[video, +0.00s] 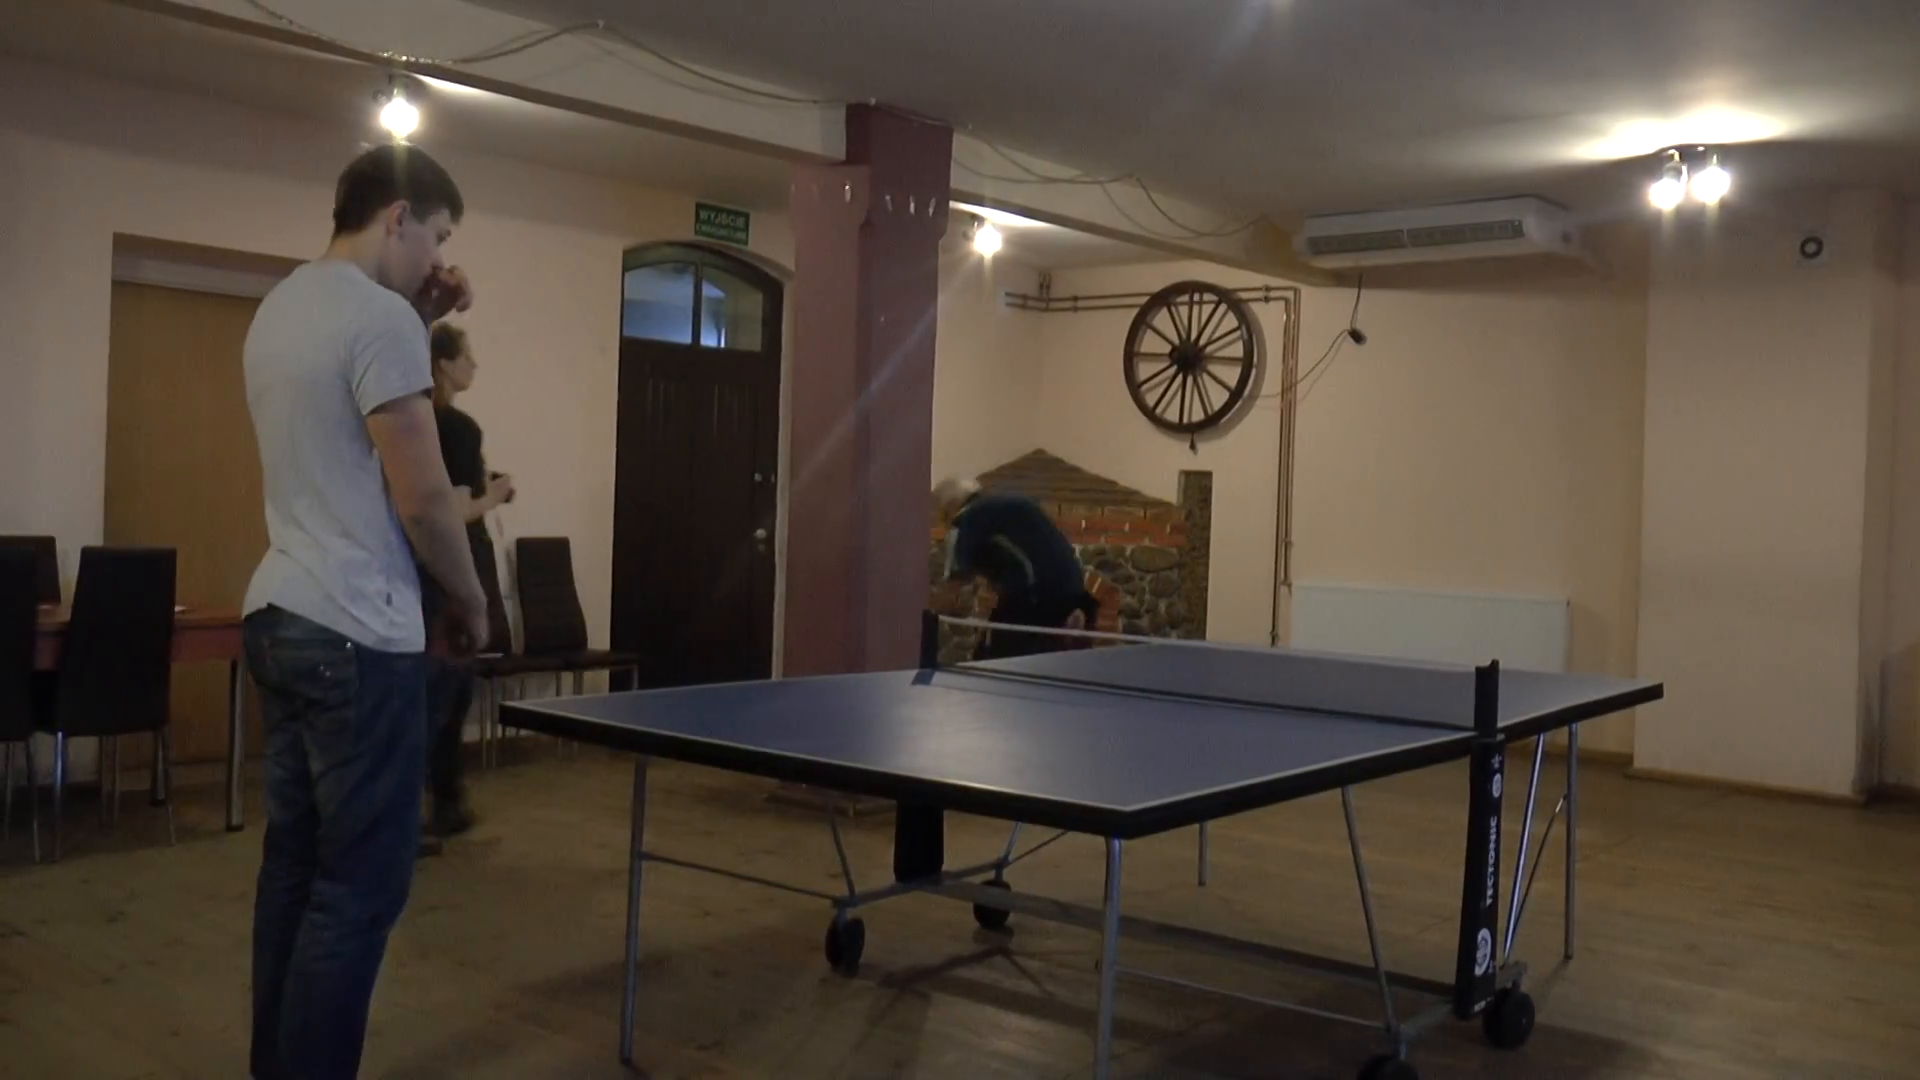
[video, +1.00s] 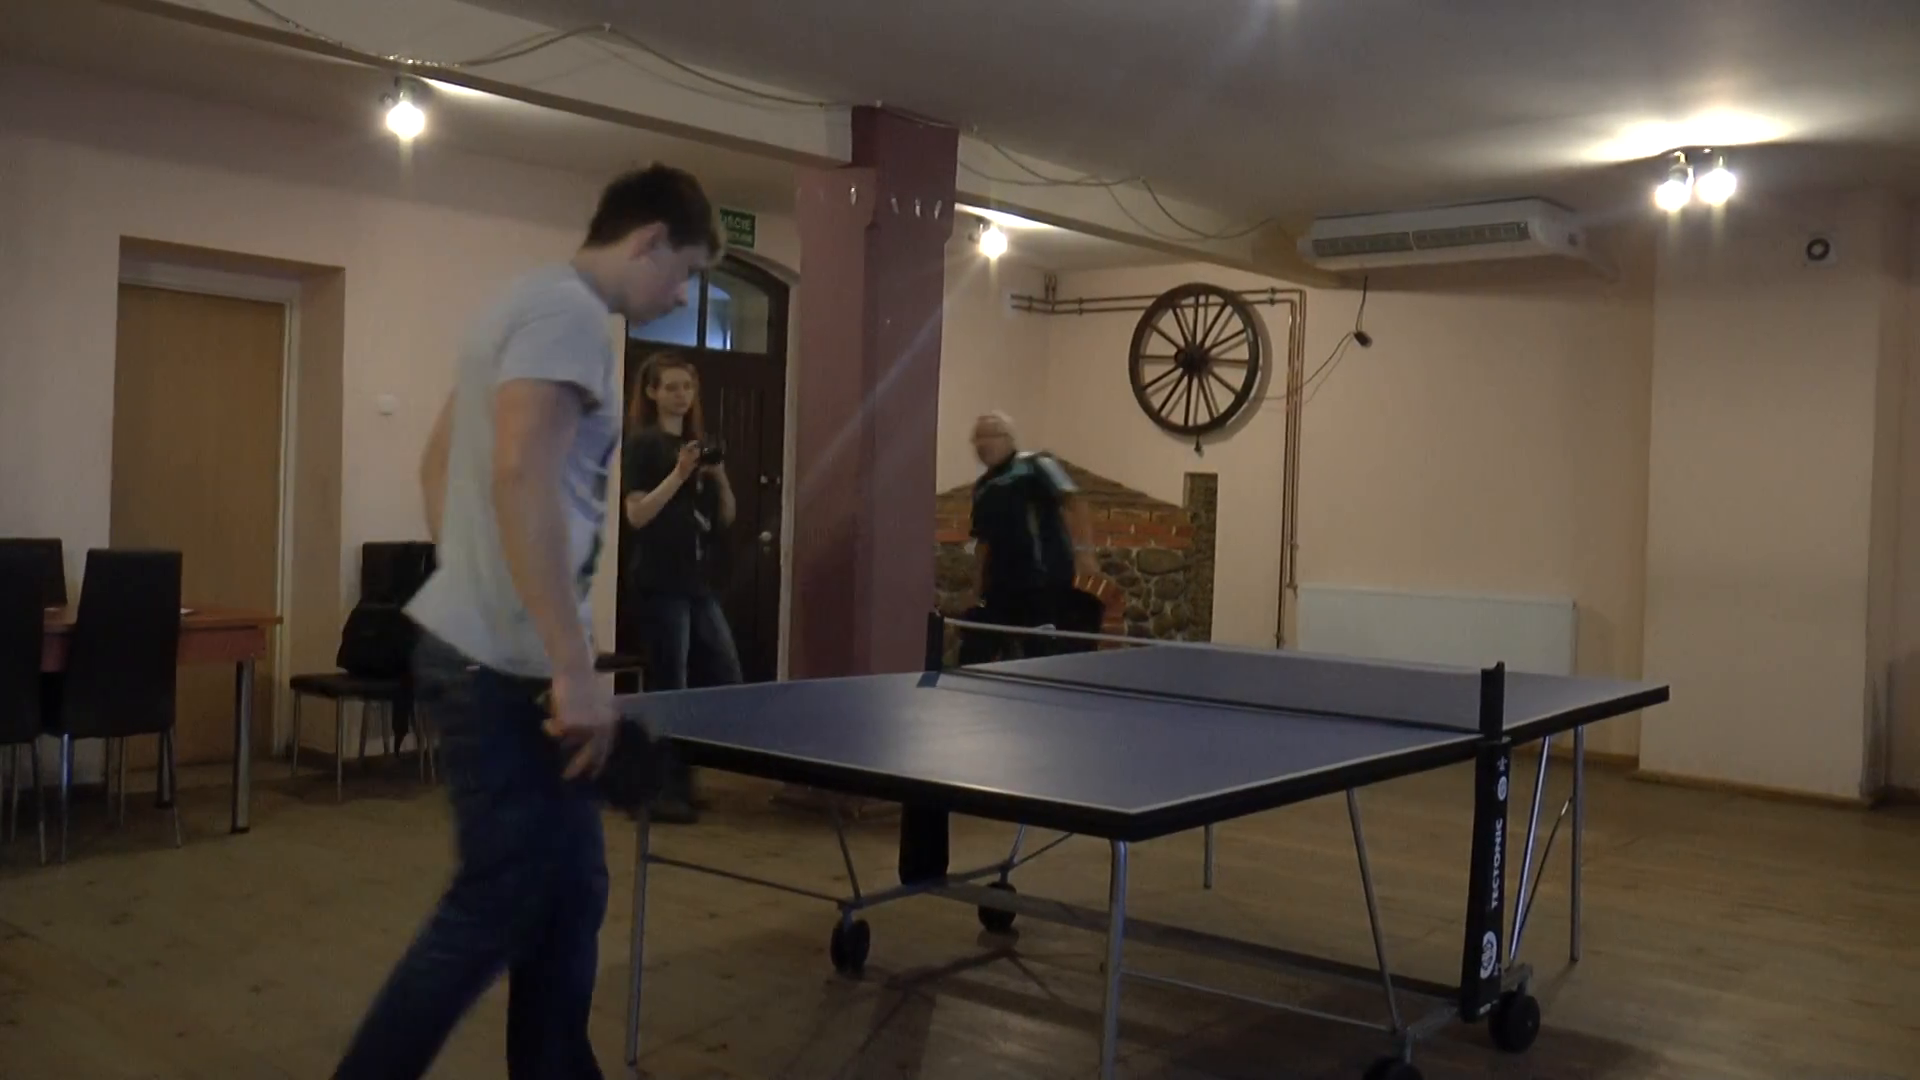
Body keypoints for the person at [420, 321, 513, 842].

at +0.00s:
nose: (474, 368)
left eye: (472, 359)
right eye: (467, 359)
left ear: (441, 365)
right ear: (442, 364)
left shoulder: (412, 416)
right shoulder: (457, 427)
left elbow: (447, 490)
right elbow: (448, 514)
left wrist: (482, 488)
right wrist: (492, 500)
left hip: (416, 569)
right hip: (451, 575)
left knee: (438, 687)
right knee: (450, 689)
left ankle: (440, 801)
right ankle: (445, 805)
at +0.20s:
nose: (520, 383)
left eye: (519, 375)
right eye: (513, 376)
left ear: (485, 381)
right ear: (486, 381)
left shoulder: (473, 429)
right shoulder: (489, 436)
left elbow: (485, 508)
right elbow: (487, 518)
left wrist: (533, 502)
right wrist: (538, 508)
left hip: (491, 582)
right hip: (492, 587)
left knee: (501, 690)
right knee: (479, 694)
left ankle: (517, 791)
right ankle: (414, 798)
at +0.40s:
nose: (563, 381)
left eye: (565, 373)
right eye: (555, 374)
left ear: (554, 379)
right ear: (528, 379)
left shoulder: (542, 431)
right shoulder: (529, 435)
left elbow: (535, 502)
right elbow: (519, 508)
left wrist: (580, 494)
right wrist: (582, 500)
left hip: (545, 575)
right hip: (533, 579)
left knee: (546, 673)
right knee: (552, 675)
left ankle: (529, 781)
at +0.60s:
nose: (609, 388)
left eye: (612, 380)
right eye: (599, 381)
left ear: (613, 387)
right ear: (574, 388)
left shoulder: (598, 437)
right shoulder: (568, 439)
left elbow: (587, 501)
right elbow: (555, 513)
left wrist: (625, 492)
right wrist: (617, 497)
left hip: (593, 572)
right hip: (579, 577)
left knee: (551, 676)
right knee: (629, 675)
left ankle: (529, 788)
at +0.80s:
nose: (647, 394)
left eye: (652, 386)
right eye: (637, 387)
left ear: (661, 392)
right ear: (617, 393)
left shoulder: (653, 446)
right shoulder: (613, 448)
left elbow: (651, 510)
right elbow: (599, 519)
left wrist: (677, 495)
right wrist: (655, 495)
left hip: (652, 568)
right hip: (629, 573)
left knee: (643, 685)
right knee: (661, 679)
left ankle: (567, 764)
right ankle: (658, 784)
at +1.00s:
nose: (681, 395)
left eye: (687, 387)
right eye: (671, 387)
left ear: (695, 394)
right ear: (652, 392)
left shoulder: (698, 445)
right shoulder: (640, 444)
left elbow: (726, 516)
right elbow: (636, 514)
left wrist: (717, 474)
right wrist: (679, 475)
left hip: (696, 578)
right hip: (657, 579)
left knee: (726, 677)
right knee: (669, 684)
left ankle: (684, 778)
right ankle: (663, 787)